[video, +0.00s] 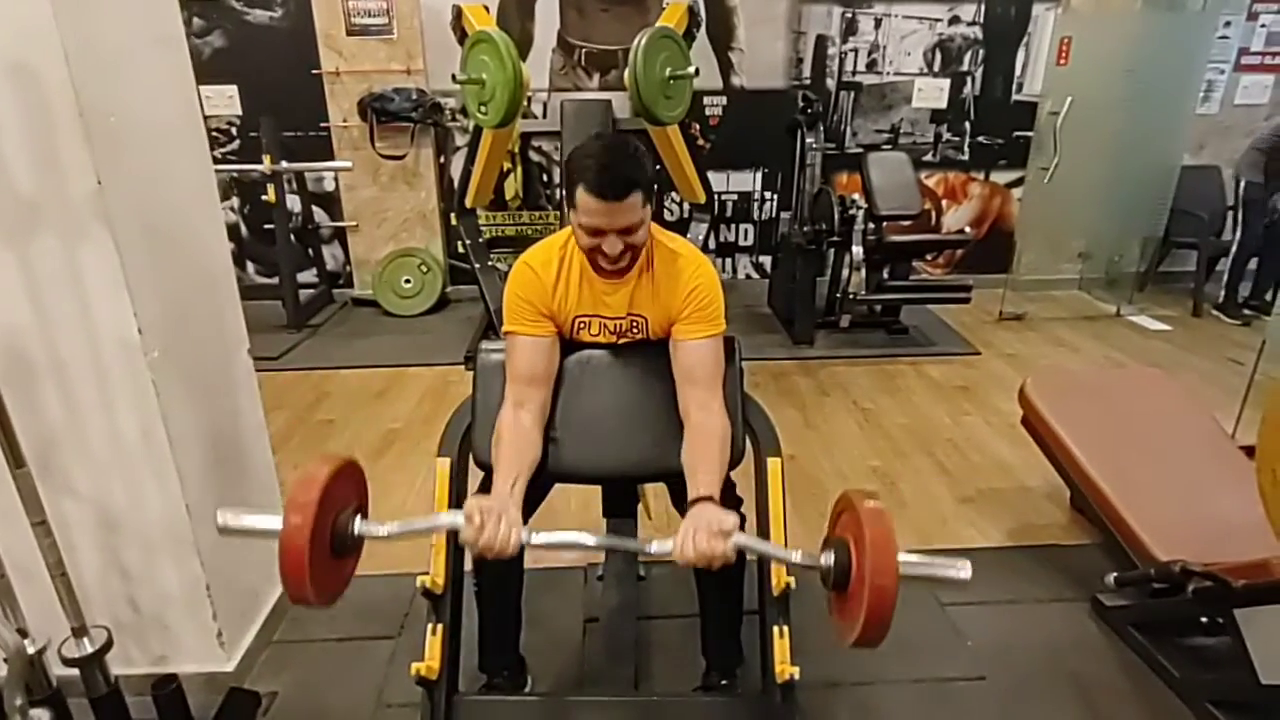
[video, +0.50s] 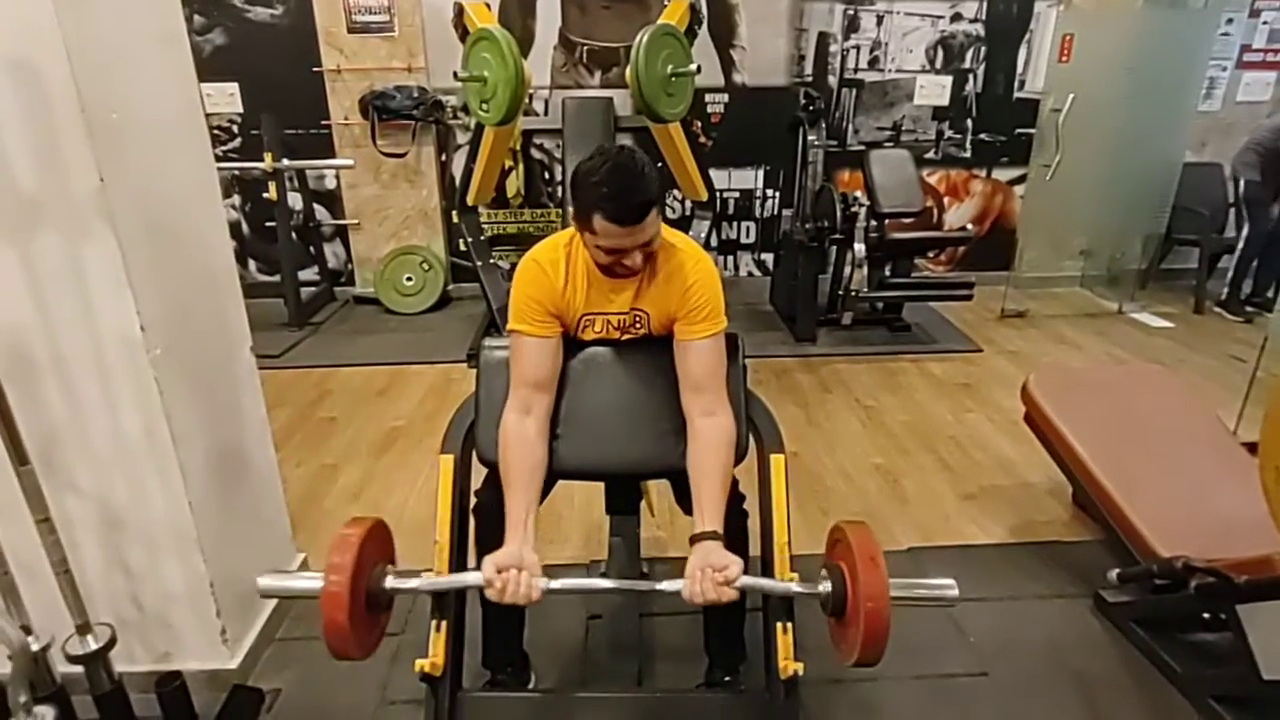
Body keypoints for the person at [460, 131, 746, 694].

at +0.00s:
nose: (612, 248)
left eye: (628, 231)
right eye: (593, 233)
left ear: (649, 209)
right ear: (570, 211)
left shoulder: (689, 273)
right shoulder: (536, 272)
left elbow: (703, 404)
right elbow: (523, 403)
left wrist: (705, 501)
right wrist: (503, 495)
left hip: (663, 416)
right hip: (563, 417)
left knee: (721, 518)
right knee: (492, 518)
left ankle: (723, 673)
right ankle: (501, 675)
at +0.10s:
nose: (613, 251)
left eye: (629, 234)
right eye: (594, 236)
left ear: (651, 210)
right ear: (570, 213)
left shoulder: (689, 273)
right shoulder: (536, 272)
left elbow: (704, 407)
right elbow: (523, 404)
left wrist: (706, 506)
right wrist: (503, 502)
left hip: (664, 417)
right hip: (564, 417)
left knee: (723, 518)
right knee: (492, 518)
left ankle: (723, 673)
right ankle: (502, 675)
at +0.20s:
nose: (620, 260)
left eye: (635, 244)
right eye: (602, 247)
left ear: (653, 216)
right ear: (573, 221)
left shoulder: (690, 275)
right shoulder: (537, 273)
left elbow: (705, 410)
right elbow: (524, 406)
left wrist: (705, 524)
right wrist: (506, 525)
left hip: (663, 418)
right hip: (565, 417)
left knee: (723, 518)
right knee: (488, 521)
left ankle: (723, 675)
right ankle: (503, 677)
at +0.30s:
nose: (620, 261)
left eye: (635, 245)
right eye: (602, 248)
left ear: (653, 217)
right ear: (572, 221)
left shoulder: (689, 275)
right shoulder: (536, 274)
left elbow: (704, 409)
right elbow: (524, 406)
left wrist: (703, 528)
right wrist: (506, 530)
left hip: (661, 416)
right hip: (564, 415)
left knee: (723, 516)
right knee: (487, 518)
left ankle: (721, 675)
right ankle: (502, 676)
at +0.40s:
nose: (631, 262)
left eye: (644, 244)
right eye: (611, 251)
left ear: (657, 217)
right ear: (578, 225)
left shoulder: (691, 272)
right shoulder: (540, 273)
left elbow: (707, 410)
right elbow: (526, 407)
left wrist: (708, 535)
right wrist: (515, 539)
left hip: (661, 411)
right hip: (567, 410)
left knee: (727, 511)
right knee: (490, 512)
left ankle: (726, 671)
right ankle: (505, 673)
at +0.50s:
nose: (633, 261)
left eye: (645, 244)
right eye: (612, 251)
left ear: (658, 216)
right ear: (579, 226)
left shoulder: (691, 272)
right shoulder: (541, 273)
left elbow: (708, 410)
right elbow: (527, 407)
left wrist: (709, 537)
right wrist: (518, 540)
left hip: (662, 410)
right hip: (567, 409)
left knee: (728, 509)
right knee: (491, 510)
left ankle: (726, 671)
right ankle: (506, 671)